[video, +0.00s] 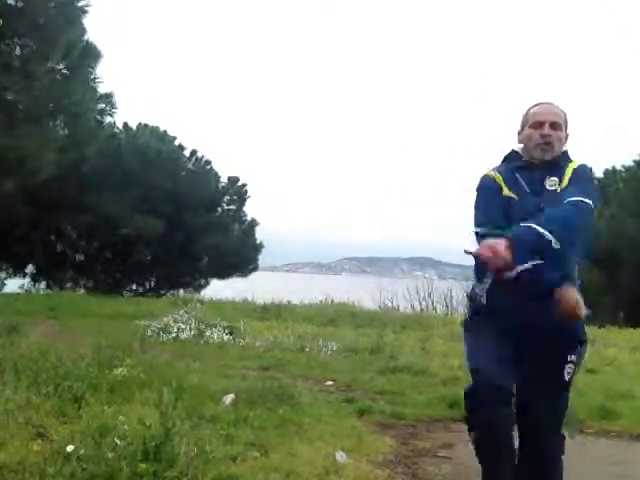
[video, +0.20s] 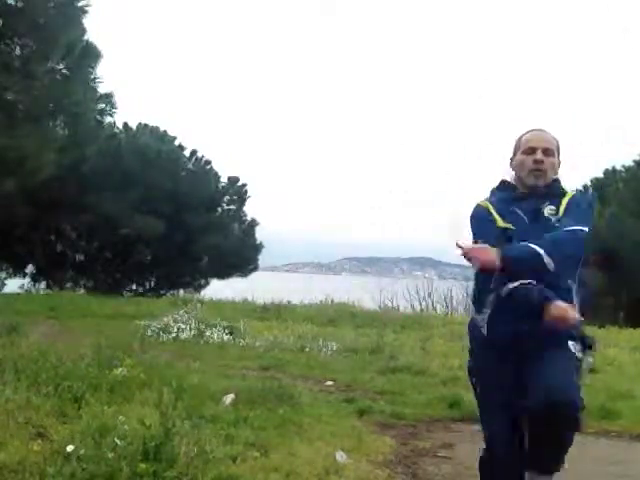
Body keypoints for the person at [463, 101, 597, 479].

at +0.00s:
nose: (546, 133)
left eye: (555, 127)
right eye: (537, 126)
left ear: (566, 137)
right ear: (521, 135)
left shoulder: (578, 176)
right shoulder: (495, 180)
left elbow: (572, 219)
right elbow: (495, 251)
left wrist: (513, 246)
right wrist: (553, 284)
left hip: (554, 315)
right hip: (495, 313)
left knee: (542, 424)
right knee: (488, 401)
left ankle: (538, 474)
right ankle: (499, 474)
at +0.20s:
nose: (538, 158)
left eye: (547, 153)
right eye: (529, 152)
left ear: (559, 163)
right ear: (513, 162)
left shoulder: (575, 202)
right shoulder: (488, 209)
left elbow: (568, 247)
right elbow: (497, 277)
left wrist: (502, 257)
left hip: (554, 331)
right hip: (496, 333)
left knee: (558, 404)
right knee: (502, 444)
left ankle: (540, 470)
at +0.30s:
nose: (541, 134)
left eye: (550, 129)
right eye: (532, 128)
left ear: (562, 140)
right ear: (516, 139)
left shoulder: (584, 195)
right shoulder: (484, 194)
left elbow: (600, 255)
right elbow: (461, 260)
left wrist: (610, 299)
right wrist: (435, 313)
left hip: (561, 331)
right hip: (499, 332)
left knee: (558, 413)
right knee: (504, 435)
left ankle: (553, 472)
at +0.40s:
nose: (543, 135)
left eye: (552, 129)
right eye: (534, 128)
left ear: (564, 140)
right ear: (518, 137)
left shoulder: (586, 193)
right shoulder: (485, 188)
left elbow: (623, 244)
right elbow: (440, 237)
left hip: (561, 331)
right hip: (497, 331)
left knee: (549, 429)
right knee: (497, 430)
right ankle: (509, 476)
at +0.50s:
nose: (544, 157)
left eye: (553, 151)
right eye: (535, 150)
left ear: (566, 162)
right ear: (518, 160)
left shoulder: (591, 213)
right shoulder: (485, 212)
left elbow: (632, 261)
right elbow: (446, 267)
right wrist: (397, 298)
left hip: (560, 347)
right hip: (493, 343)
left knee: (544, 459)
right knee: (476, 407)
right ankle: (512, 464)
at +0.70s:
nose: (542, 134)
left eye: (552, 127)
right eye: (533, 126)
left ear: (564, 136)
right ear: (519, 134)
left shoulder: (577, 169)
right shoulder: (496, 174)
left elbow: (563, 206)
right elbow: (520, 241)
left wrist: (469, 225)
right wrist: (590, 242)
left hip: (555, 319)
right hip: (495, 317)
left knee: (544, 425)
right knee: (496, 412)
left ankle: (536, 474)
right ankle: (499, 474)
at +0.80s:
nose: (538, 152)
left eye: (548, 145)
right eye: (529, 145)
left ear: (560, 154)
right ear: (514, 152)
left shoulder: (575, 188)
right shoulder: (490, 194)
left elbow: (562, 222)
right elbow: (518, 258)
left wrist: (475, 230)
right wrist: (575, 264)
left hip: (555, 332)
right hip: (495, 331)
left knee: (556, 420)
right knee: (500, 431)